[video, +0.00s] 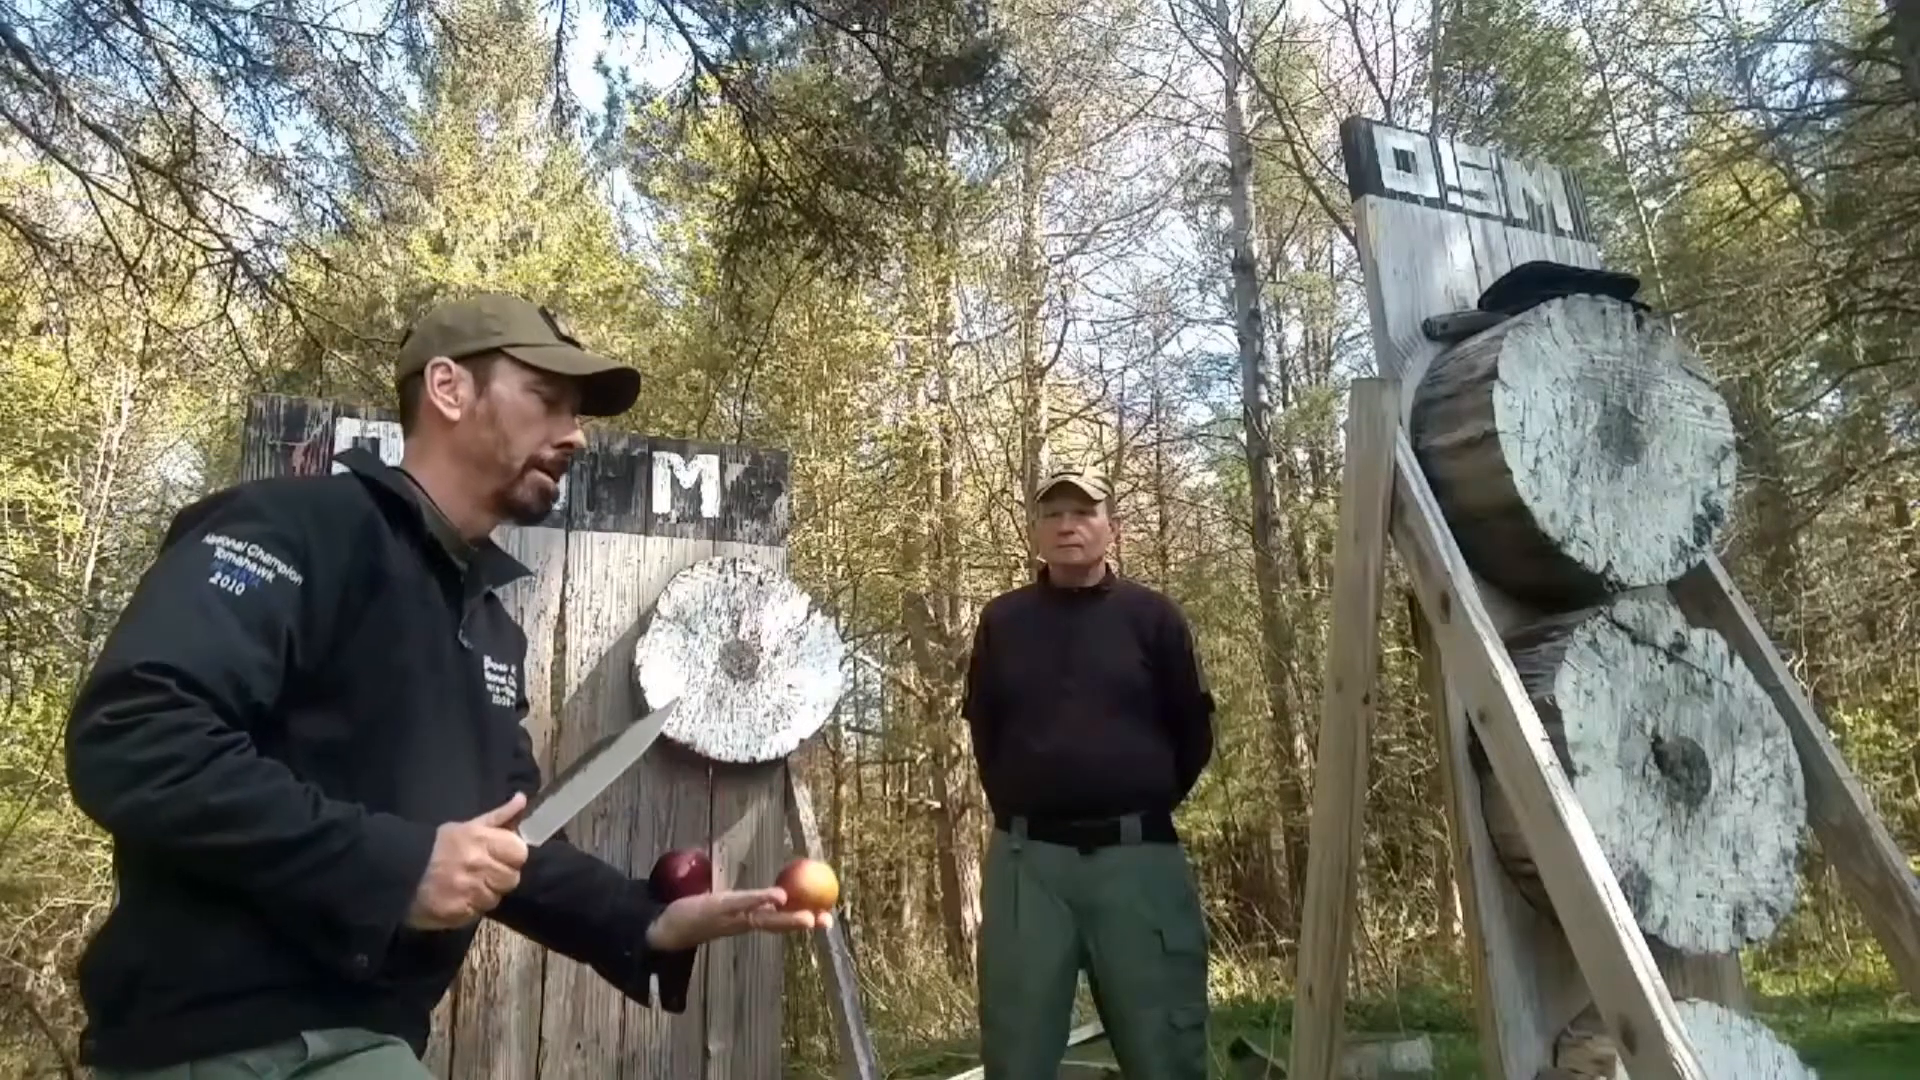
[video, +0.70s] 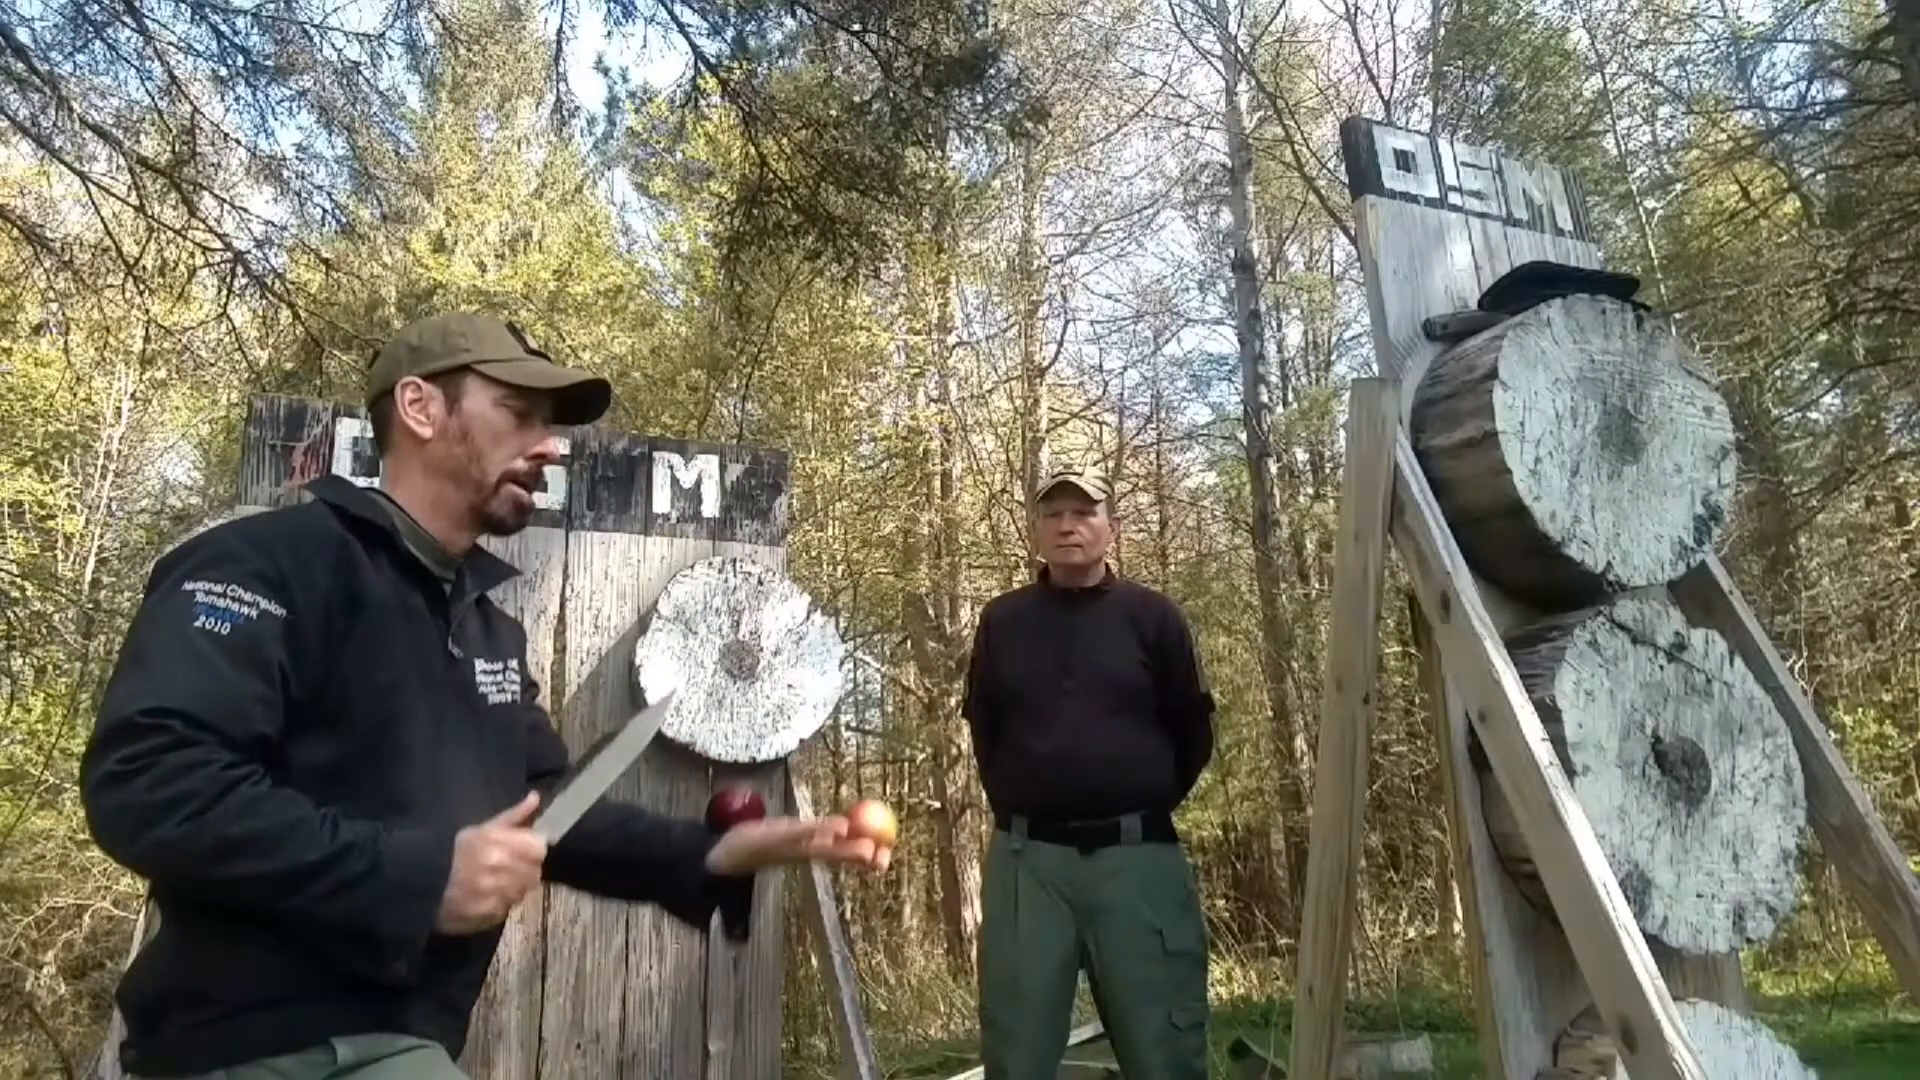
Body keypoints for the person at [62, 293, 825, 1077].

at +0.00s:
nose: (574, 438)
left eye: (577, 414)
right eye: (549, 401)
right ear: (449, 392)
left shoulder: (491, 622)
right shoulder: (295, 525)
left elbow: (481, 839)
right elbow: (132, 741)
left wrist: (651, 922)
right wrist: (397, 863)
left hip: (370, 1033)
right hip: (241, 1032)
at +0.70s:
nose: (552, 450)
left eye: (555, 424)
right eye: (523, 412)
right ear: (420, 409)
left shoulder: (487, 628)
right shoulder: (264, 558)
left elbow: (548, 816)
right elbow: (149, 788)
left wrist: (716, 851)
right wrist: (421, 874)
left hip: (408, 1038)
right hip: (260, 1037)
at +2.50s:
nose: (671, 396)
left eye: (672, 373)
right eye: (643, 360)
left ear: (545, 373)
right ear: (545, 366)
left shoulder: (438, 489)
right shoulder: (507, 488)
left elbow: (674, 649)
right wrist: (754, 435)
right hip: (440, 1007)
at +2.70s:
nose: (708, 409)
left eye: (706, 383)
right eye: (677, 374)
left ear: (572, 383)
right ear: (575, 378)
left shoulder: (464, 497)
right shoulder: (569, 504)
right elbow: (781, 659)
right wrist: (852, 442)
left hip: (316, 1018)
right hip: (467, 1021)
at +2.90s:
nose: (767, 429)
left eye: (769, 401)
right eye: (745, 393)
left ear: (640, 393)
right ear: (641, 385)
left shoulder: (496, 513)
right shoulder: (648, 527)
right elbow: (878, 690)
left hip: (347, 1014)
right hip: (520, 1019)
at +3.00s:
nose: (790, 429)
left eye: (796, 402)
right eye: (770, 393)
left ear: (666, 389)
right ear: (669, 378)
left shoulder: (516, 507)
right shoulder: (682, 526)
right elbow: (867, 711)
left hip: (365, 1005)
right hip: (536, 1008)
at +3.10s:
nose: (819, 429)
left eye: (822, 401)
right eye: (800, 390)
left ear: (701, 376)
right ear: (701, 372)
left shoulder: (540, 491)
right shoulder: (718, 514)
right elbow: (829, 778)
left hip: (379, 1002)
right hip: (559, 1006)